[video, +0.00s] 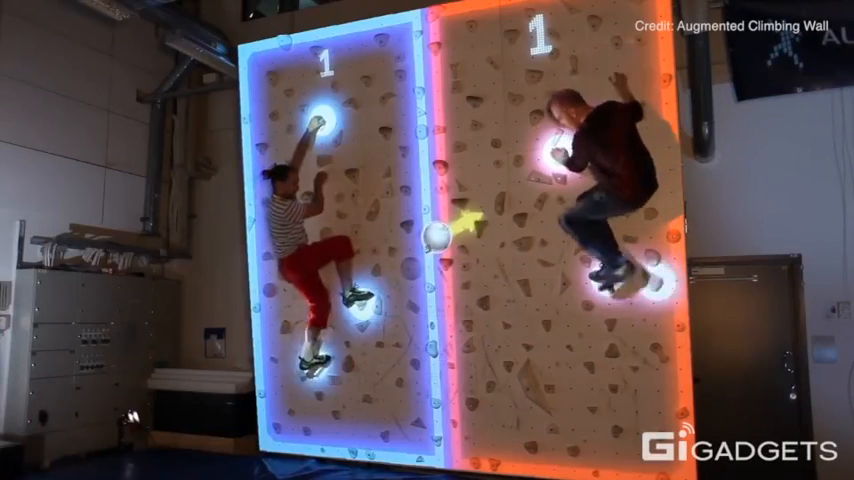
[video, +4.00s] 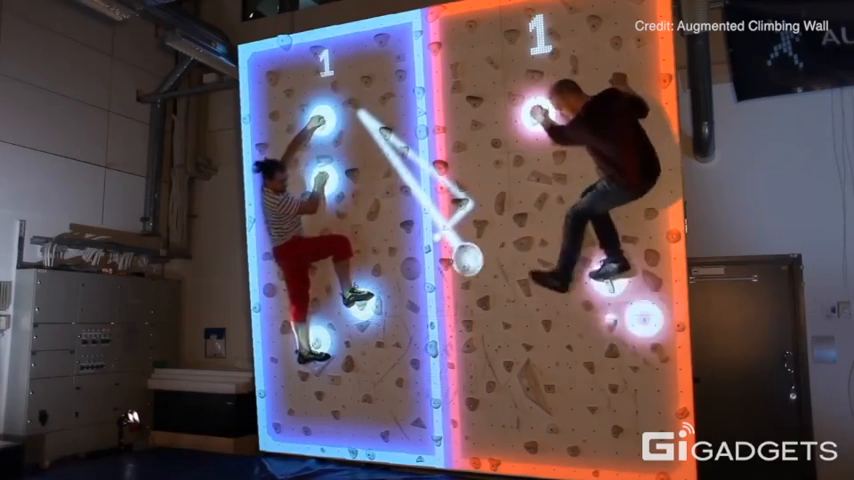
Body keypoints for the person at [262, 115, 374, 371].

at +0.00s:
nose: (296, 185)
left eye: (295, 181)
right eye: (292, 182)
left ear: (281, 184)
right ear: (281, 185)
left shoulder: (275, 201)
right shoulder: (285, 207)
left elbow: (296, 164)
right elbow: (317, 208)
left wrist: (310, 133)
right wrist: (319, 185)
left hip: (288, 266)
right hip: (300, 259)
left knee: (320, 303)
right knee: (341, 244)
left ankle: (309, 358)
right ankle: (349, 291)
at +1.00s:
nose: (284, 177)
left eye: (282, 173)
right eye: (279, 174)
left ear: (264, 179)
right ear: (268, 179)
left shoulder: (260, 195)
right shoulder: (275, 200)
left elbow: (278, 169)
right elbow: (311, 207)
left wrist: (295, 155)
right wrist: (319, 186)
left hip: (285, 256)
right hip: (295, 251)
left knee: (312, 299)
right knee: (340, 243)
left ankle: (306, 350)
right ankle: (348, 292)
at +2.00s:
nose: (294, 174)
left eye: (292, 171)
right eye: (290, 173)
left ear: (279, 180)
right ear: (280, 180)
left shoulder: (283, 189)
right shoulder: (282, 202)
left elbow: (318, 169)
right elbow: (313, 207)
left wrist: (351, 165)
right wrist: (318, 184)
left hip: (286, 250)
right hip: (291, 249)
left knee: (303, 297)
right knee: (337, 244)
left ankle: (304, 351)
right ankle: (348, 293)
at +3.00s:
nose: (301, 160)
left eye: (299, 157)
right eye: (297, 159)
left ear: (290, 166)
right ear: (290, 168)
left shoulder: (289, 174)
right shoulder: (291, 189)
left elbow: (312, 143)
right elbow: (317, 209)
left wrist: (331, 111)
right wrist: (320, 187)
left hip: (288, 242)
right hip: (298, 240)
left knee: (300, 293)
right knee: (343, 242)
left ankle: (305, 347)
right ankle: (348, 291)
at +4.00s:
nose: (285, 182)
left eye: (285, 178)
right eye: (280, 180)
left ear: (277, 178)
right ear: (270, 181)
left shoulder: (269, 191)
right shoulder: (279, 202)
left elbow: (288, 156)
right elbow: (312, 207)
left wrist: (308, 129)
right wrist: (320, 186)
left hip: (285, 251)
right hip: (295, 248)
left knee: (299, 299)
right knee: (339, 244)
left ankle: (304, 351)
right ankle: (348, 293)